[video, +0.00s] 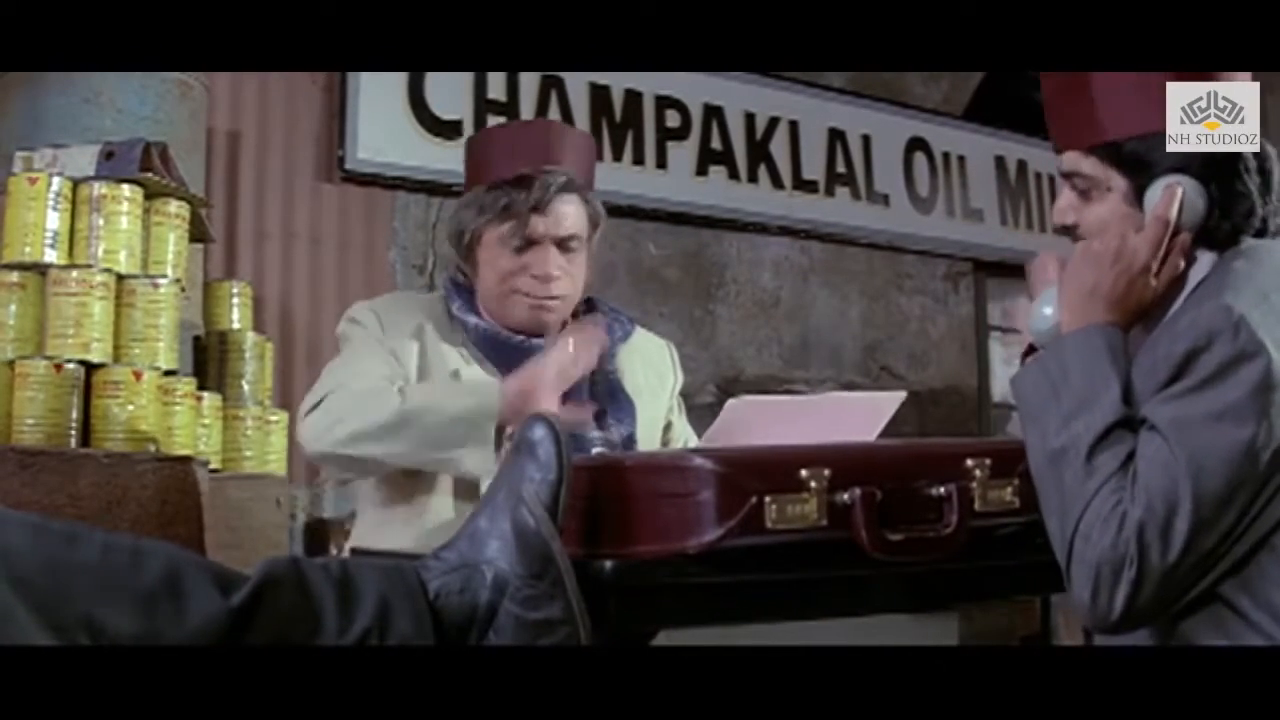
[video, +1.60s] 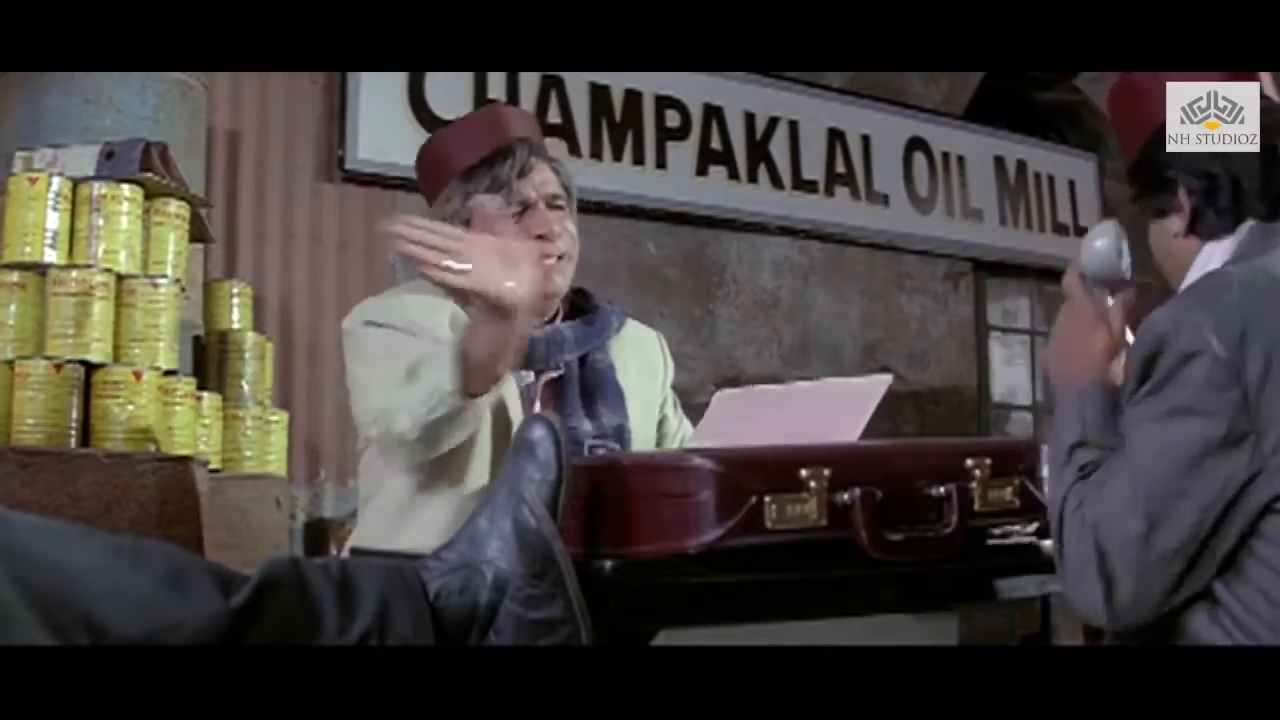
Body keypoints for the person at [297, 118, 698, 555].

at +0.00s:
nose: (547, 269)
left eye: (567, 246)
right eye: (520, 244)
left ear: (589, 258)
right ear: (468, 250)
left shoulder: (647, 359)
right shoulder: (393, 327)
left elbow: (683, 486)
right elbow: (329, 429)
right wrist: (508, 401)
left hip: (589, 608)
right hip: (418, 604)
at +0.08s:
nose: (567, 262)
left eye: (580, 236)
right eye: (533, 242)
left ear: (597, 243)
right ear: (475, 252)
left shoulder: (646, 360)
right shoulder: (393, 326)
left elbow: (681, 483)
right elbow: (354, 427)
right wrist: (489, 354)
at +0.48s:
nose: (554, 225)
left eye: (569, 207)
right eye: (523, 208)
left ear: (589, 232)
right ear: (465, 243)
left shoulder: (646, 354)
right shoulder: (396, 321)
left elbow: (676, 479)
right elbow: (397, 415)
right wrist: (541, 316)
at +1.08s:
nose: (511, 219)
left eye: (530, 204)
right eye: (489, 202)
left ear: (561, 219)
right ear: (446, 220)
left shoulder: (637, 345)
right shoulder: (394, 309)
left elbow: (683, 476)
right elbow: (419, 381)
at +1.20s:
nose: (548, 223)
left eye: (561, 205)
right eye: (514, 208)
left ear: (582, 227)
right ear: (459, 249)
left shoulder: (643, 352)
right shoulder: (416, 332)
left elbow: (686, 477)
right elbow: (401, 413)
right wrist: (421, 237)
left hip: (602, 622)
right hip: (439, 625)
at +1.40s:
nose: (559, 231)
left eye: (571, 209)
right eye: (526, 212)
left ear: (589, 224)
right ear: (462, 229)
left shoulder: (642, 355)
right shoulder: (391, 325)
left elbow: (681, 482)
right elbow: (363, 445)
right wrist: (445, 305)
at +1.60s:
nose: (548, 227)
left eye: (558, 204)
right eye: (517, 208)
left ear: (576, 222)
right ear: (457, 227)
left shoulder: (638, 351)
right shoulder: (392, 326)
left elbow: (679, 476)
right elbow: (420, 427)